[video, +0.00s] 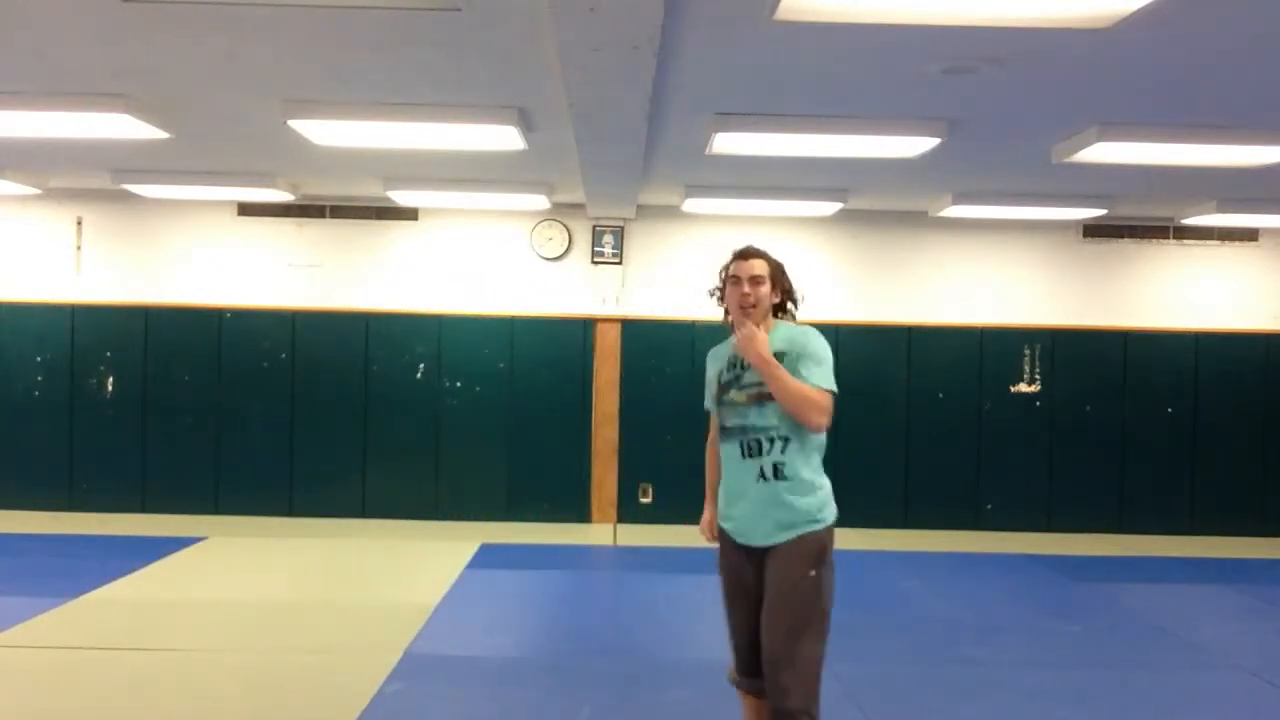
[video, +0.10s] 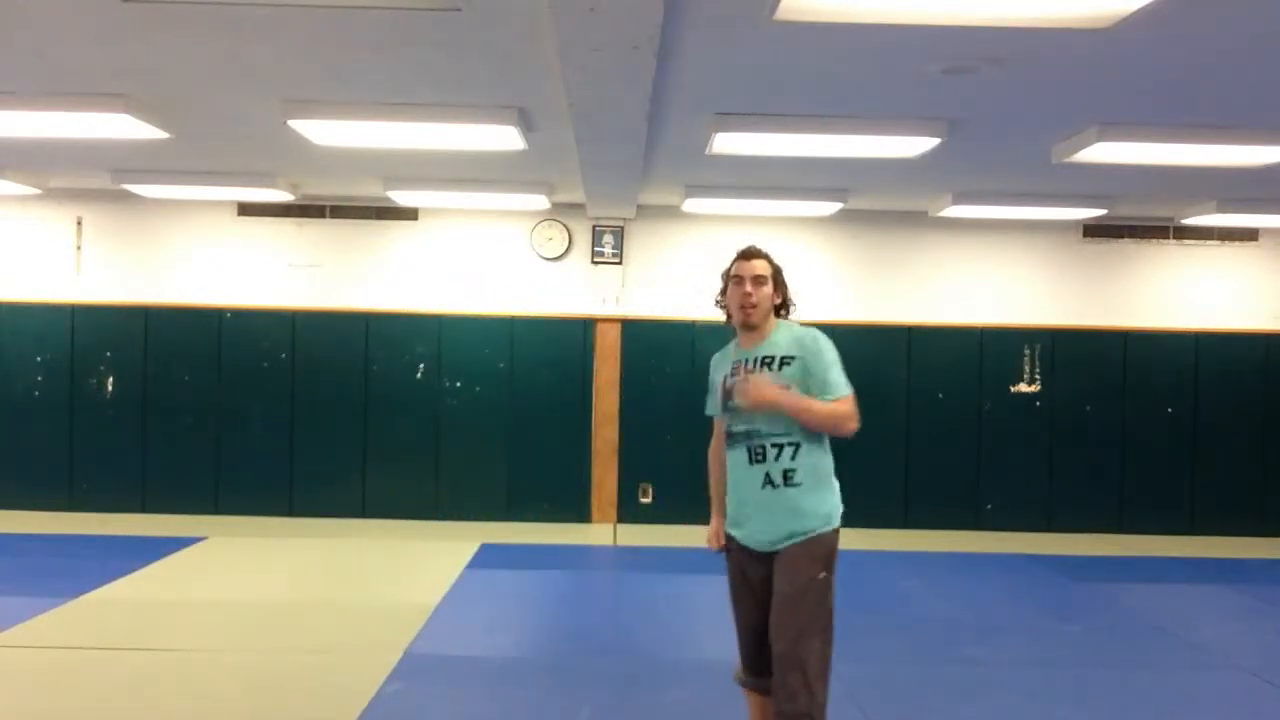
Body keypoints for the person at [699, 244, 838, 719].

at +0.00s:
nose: (746, 291)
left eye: (756, 281)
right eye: (736, 282)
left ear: (777, 291)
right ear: (724, 294)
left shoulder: (806, 343)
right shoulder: (718, 358)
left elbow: (818, 415)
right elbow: (716, 435)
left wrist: (761, 358)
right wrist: (711, 503)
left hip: (800, 526)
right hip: (736, 527)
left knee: (787, 674)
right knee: (750, 672)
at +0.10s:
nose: (747, 291)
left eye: (759, 281)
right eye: (737, 282)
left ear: (777, 293)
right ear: (725, 295)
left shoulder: (810, 343)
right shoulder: (722, 361)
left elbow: (846, 419)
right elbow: (719, 440)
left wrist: (777, 398)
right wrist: (717, 515)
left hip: (807, 526)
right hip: (743, 528)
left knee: (794, 659)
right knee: (756, 660)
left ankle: (797, 717)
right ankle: (761, 715)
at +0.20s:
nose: (754, 287)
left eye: (765, 278)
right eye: (743, 278)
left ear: (783, 289)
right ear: (731, 293)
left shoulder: (816, 338)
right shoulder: (726, 360)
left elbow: (859, 413)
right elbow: (733, 439)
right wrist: (728, 509)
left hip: (815, 528)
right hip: (749, 531)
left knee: (810, 671)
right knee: (762, 672)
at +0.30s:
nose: (765, 290)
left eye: (776, 280)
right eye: (754, 280)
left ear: (791, 292)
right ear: (739, 294)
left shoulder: (827, 349)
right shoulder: (732, 364)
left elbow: (867, 431)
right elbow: (736, 443)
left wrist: (859, 515)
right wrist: (732, 516)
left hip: (823, 537)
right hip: (753, 537)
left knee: (828, 675)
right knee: (763, 674)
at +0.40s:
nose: (780, 288)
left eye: (791, 279)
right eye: (770, 279)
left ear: (806, 290)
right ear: (753, 292)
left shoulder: (841, 348)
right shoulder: (741, 361)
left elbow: (881, 426)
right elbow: (739, 439)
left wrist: (876, 508)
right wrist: (734, 505)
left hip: (835, 535)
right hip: (763, 535)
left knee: (850, 668)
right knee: (766, 668)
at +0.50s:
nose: (803, 287)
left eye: (813, 278)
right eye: (791, 277)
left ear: (826, 291)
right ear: (772, 290)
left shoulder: (858, 349)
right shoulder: (752, 359)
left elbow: (897, 420)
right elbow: (744, 432)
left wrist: (890, 495)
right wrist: (738, 491)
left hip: (846, 527)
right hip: (772, 527)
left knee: (876, 664)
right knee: (771, 660)